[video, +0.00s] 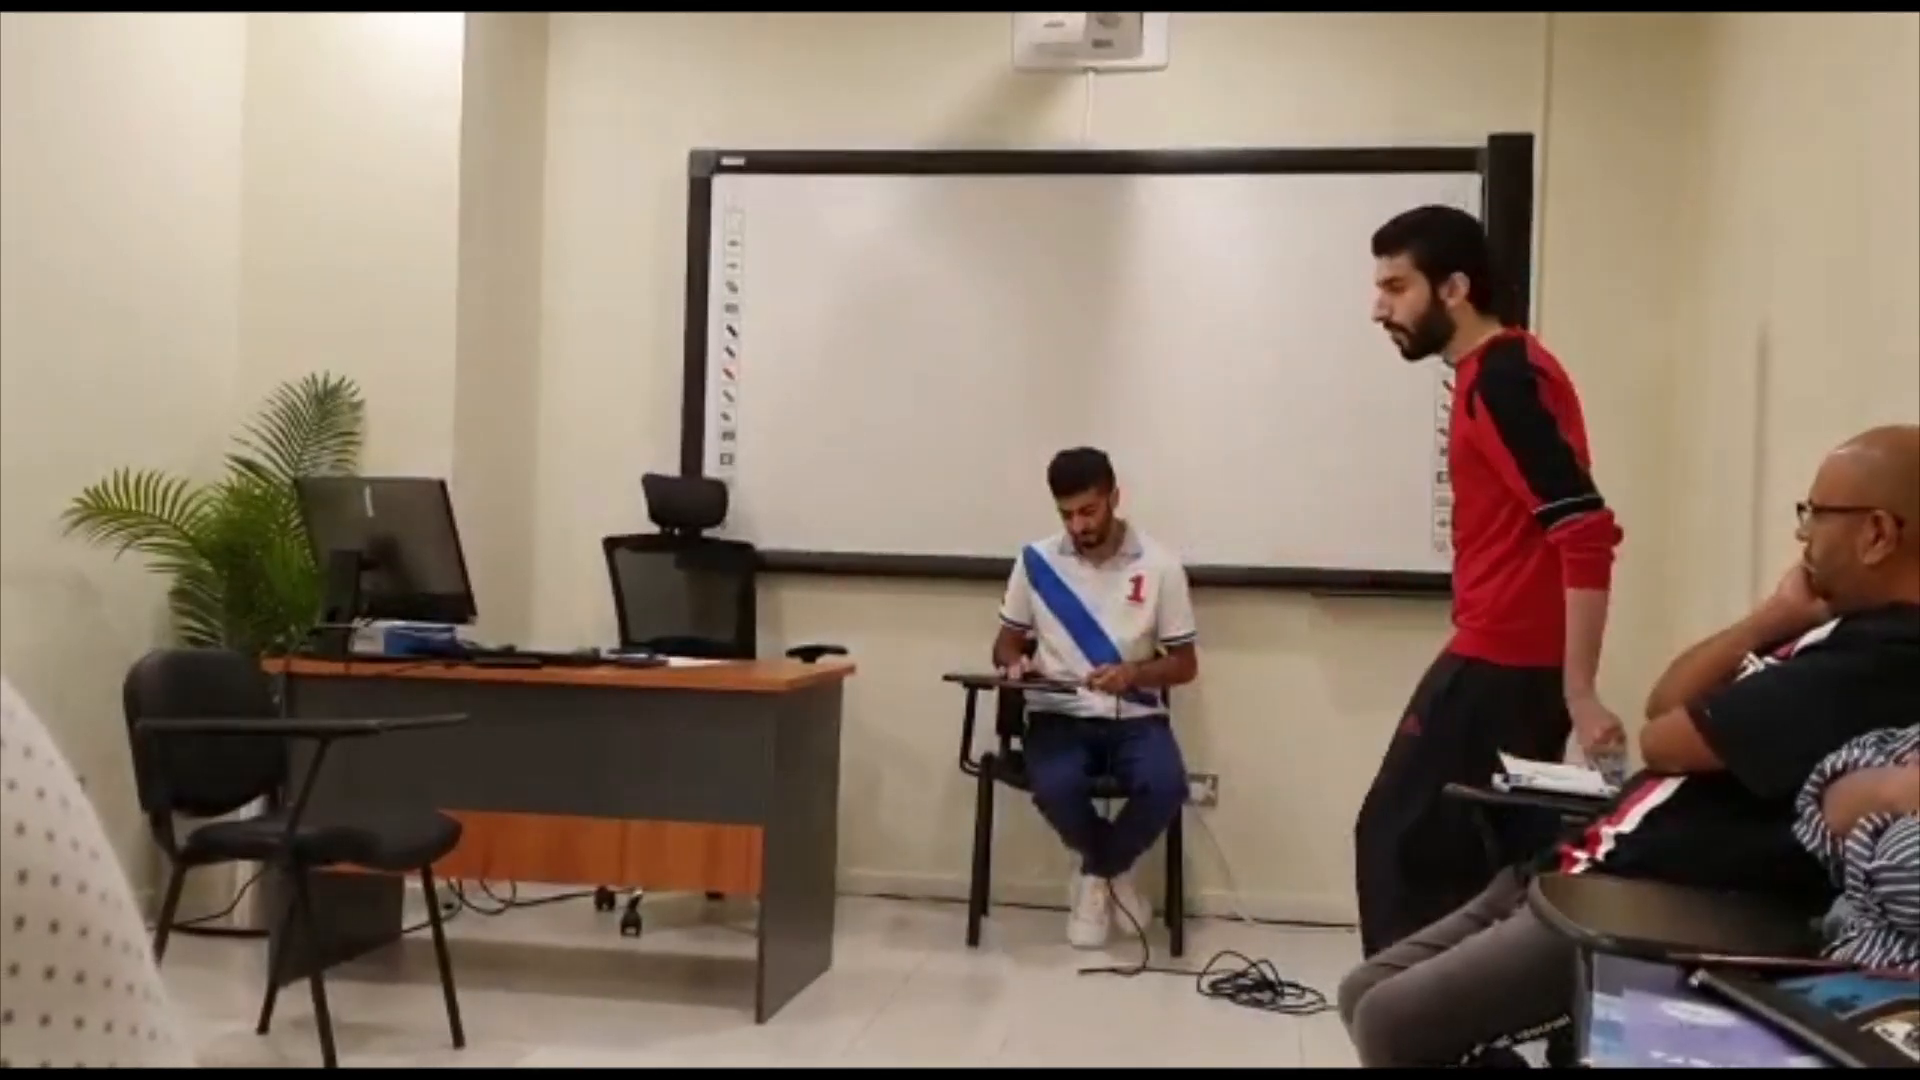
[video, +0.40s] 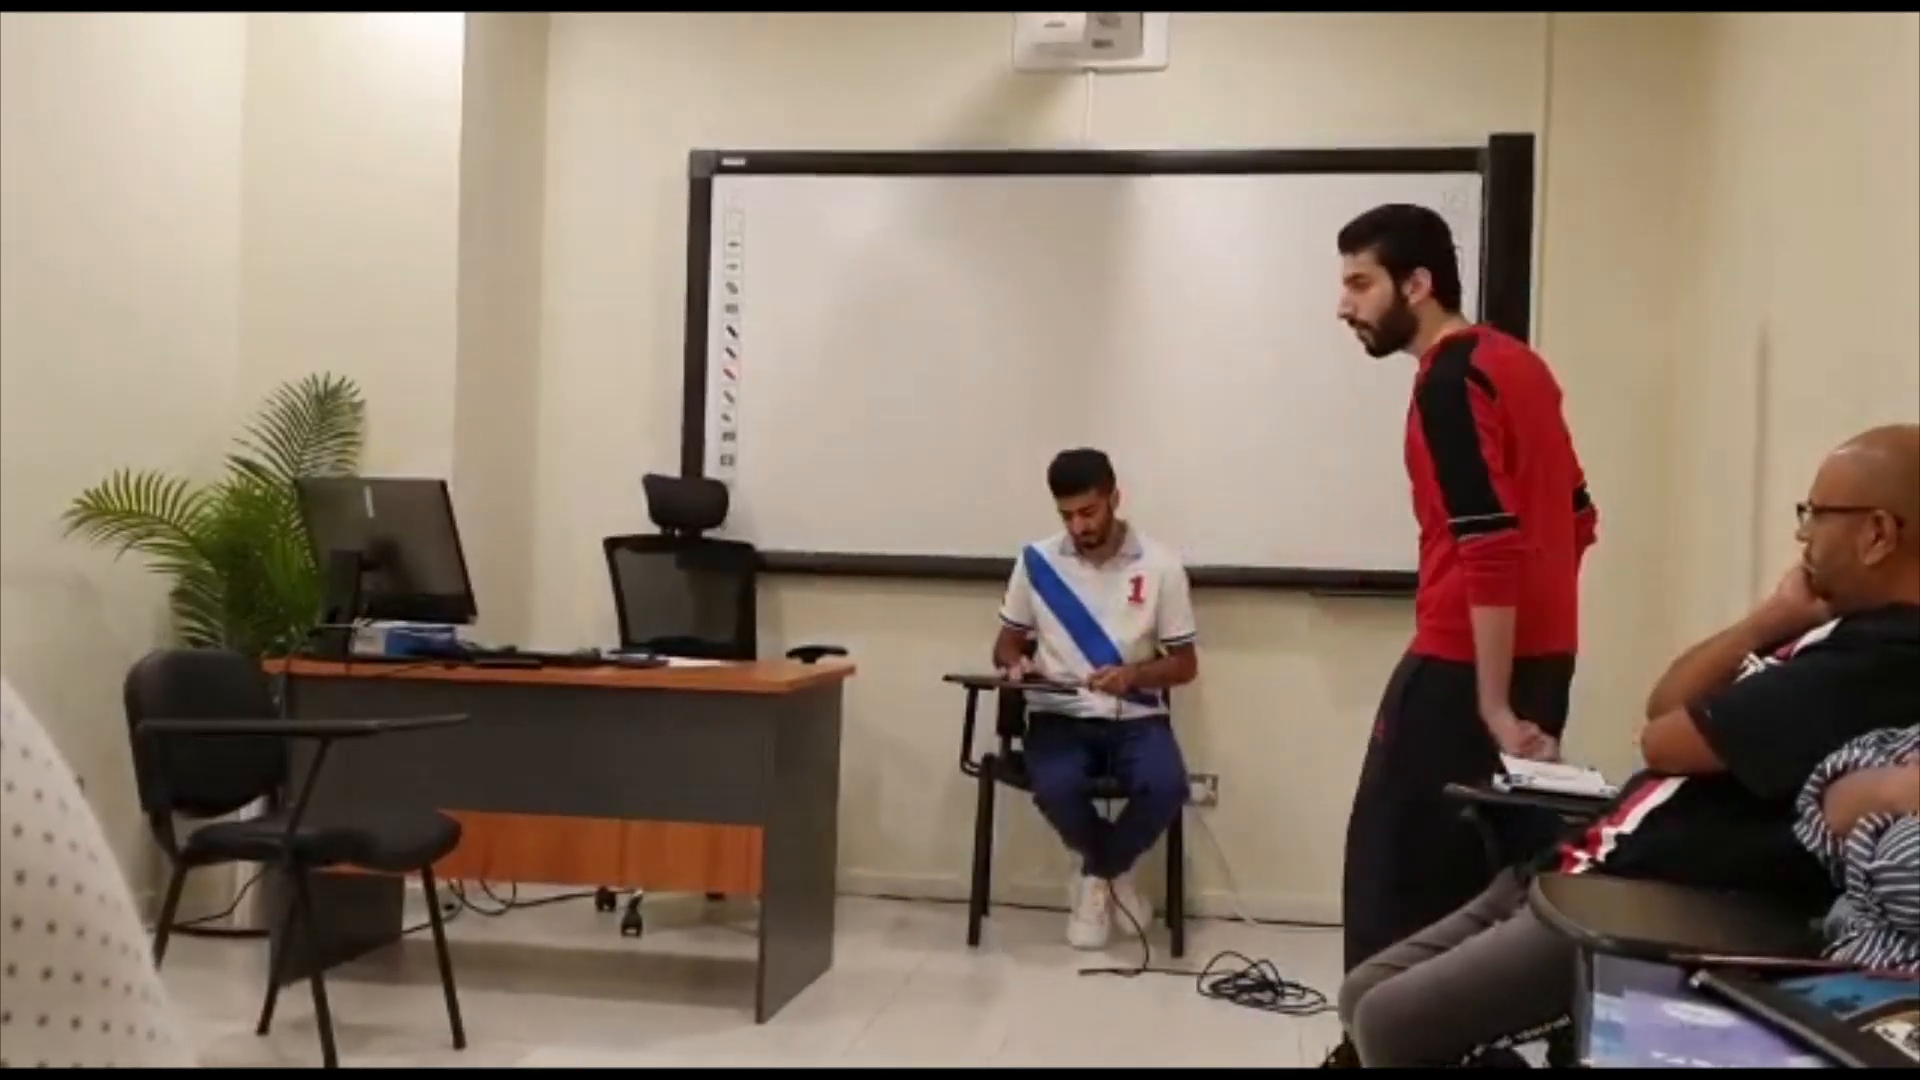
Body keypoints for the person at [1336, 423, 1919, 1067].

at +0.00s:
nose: (1800, 538)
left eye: (1813, 517)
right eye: (1804, 516)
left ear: (1880, 534)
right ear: (1880, 534)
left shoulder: (1882, 654)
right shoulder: (1854, 629)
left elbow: (1664, 745)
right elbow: (1665, 703)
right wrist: (1779, 614)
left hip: (1638, 907)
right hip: (1589, 866)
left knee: (1389, 1024)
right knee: (1364, 990)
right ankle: (1488, 1062)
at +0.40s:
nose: (1800, 537)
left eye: (1813, 517)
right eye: (1804, 516)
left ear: (1880, 534)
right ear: (1880, 535)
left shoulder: (1882, 654)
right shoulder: (1856, 630)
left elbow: (1667, 745)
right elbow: (1665, 705)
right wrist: (1781, 614)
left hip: (1635, 909)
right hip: (1585, 866)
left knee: (1387, 1023)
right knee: (1366, 989)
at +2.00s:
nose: (1803, 538)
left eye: (1813, 517)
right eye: (1805, 517)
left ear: (1880, 532)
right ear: (1880, 532)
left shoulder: (1882, 655)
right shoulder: (1855, 631)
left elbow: (1667, 743)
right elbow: (1664, 704)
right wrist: (1781, 611)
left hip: (1633, 904)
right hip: (1585, 863)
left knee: (1386, 1021)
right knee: (1363, 988)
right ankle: (1480, 1062)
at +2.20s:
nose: (1803, 537)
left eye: (1814, 516)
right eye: (1806, 516)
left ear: (1880, 532)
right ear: (1881, 532)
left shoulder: (1884, 654)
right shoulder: (1859, 631)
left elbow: (1668, 741)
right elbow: (1665, 706)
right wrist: (1782, 611)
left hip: (1638, 907)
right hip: (1589, 864)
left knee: (1389, 1021)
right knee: (1367, 986)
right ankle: (1490, 1061)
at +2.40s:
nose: (1804, 536)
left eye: (1814, 515)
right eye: (1807, 515)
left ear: (1880, 531)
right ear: (1881, 531)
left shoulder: (1884, 652)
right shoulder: (1859, 631)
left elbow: (1667, 739)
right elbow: (1666, 703)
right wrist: (1784, 610)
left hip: (1628, 911)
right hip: (1580, 867)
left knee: (1390, 1023)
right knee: (1365, 988)